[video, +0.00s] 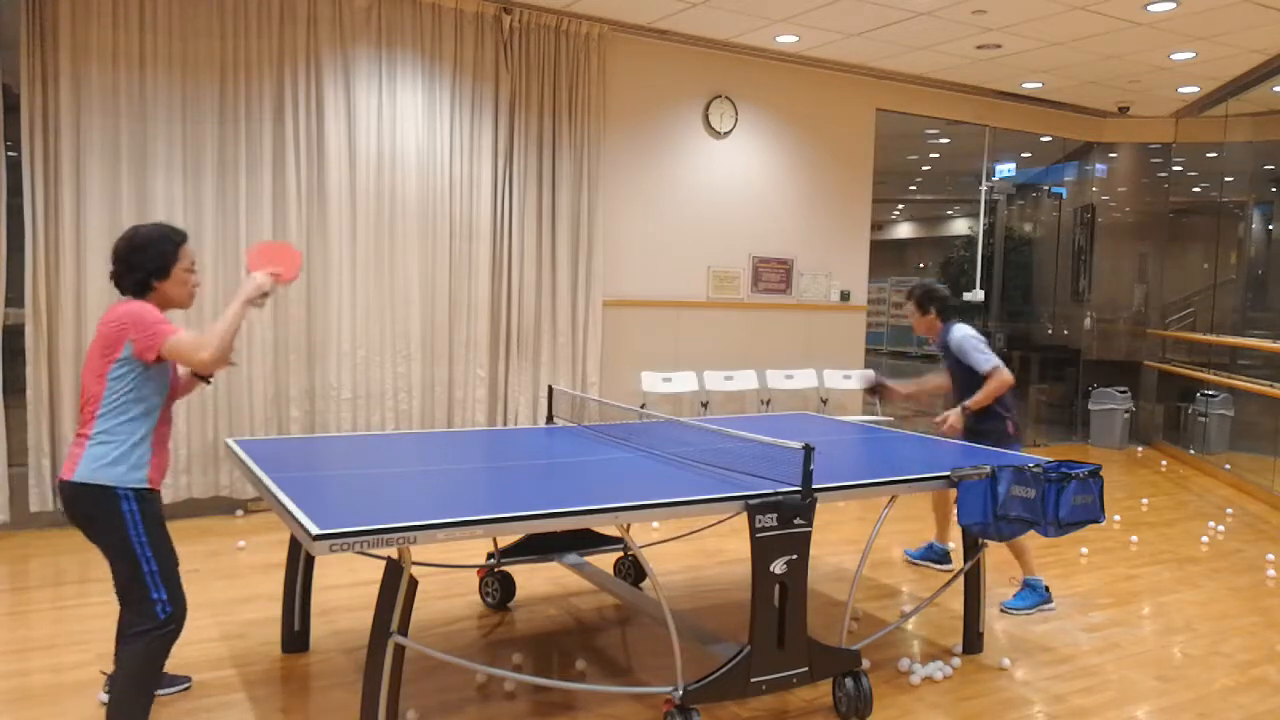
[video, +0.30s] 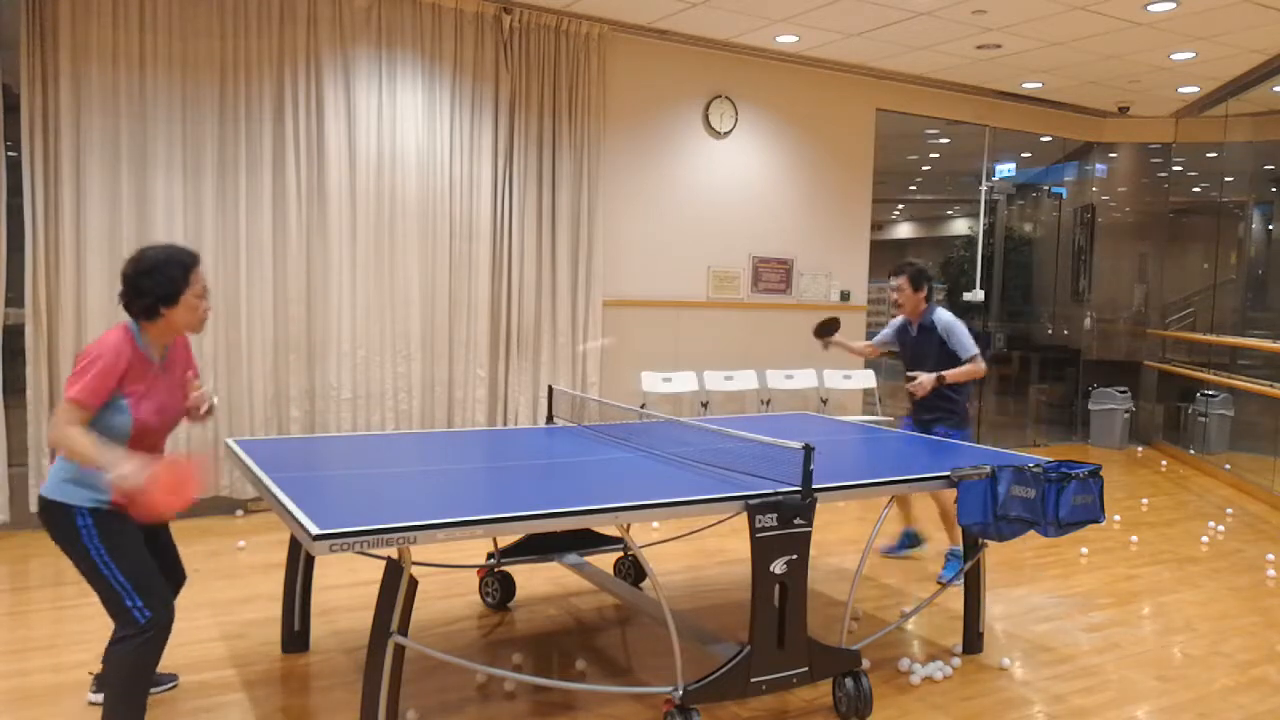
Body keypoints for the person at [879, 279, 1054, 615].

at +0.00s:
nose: (911, 323)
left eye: (913, 316)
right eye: (910, 316)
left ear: (932, 314)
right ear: (931, 313)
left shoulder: (961, 336)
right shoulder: (946, 340)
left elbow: (1003, 377)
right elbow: (952, 380)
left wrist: (963, 409)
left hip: (996, 437)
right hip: (971, 434)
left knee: (998, 510)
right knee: (939, 477)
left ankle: (1035, 585)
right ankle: (941, 547)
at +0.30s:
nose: (895, 297)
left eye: (901, 290)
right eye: (894, 290)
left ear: (922, 293)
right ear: (900, 294)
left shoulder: (945, 322)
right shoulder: (901, 325)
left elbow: (978, 367)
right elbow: (868, 350)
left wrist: (936, 378)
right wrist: (835, 339)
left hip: (949, 422)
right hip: (918, 419)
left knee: (940, 484)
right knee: (894, 472)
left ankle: (957, 550)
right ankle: (911, 531)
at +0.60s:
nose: (888, 308)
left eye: (895, 301)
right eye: (885, 302)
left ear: (915, 305)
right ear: (883, 304)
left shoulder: (940, 336)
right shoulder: (884, 337)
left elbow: (970, 378)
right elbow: (873, 373)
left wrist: (937, 396)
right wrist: (863, 383)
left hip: (940, 426)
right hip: (903, 424)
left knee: (946, 488)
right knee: (877, 472)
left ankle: (971, 553)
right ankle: (884, 532)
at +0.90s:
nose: (925, 320)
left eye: (932, 313)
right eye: (920, 313)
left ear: (950, 308)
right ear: (915, 308)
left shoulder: (976, 331)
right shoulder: (908, 334)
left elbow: (999, 365)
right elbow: (892, 381)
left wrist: (994, 385)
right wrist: (914, 387)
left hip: (967, 423)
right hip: (924, 422)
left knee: (970, 487)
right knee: (899, 469)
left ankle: (972, 560)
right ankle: (890, 529)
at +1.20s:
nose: (936, 304)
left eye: (943, 297)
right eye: (932, 297)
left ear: (962, 300)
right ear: (927, 297)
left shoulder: (984, 328)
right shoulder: (913, 331)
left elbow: (1003, 355)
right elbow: (895, 374)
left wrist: (1003, 377)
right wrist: (913, 395)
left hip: (970, 424)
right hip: (927, 424)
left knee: (972, 488)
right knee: (904, 478)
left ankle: (972, 562)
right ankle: (910, 541)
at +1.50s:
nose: (915, 308)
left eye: (922, 301)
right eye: (911, 301)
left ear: (943, 306)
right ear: (908, 304)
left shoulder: (966, 338)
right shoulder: (903, 334)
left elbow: (991, 383)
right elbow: (895, 377)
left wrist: (959, 392)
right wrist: (895, 379)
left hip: (955, 425)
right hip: (916, 423)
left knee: (959, 489)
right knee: (893, 475)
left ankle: (977, 560)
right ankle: (908, 540)